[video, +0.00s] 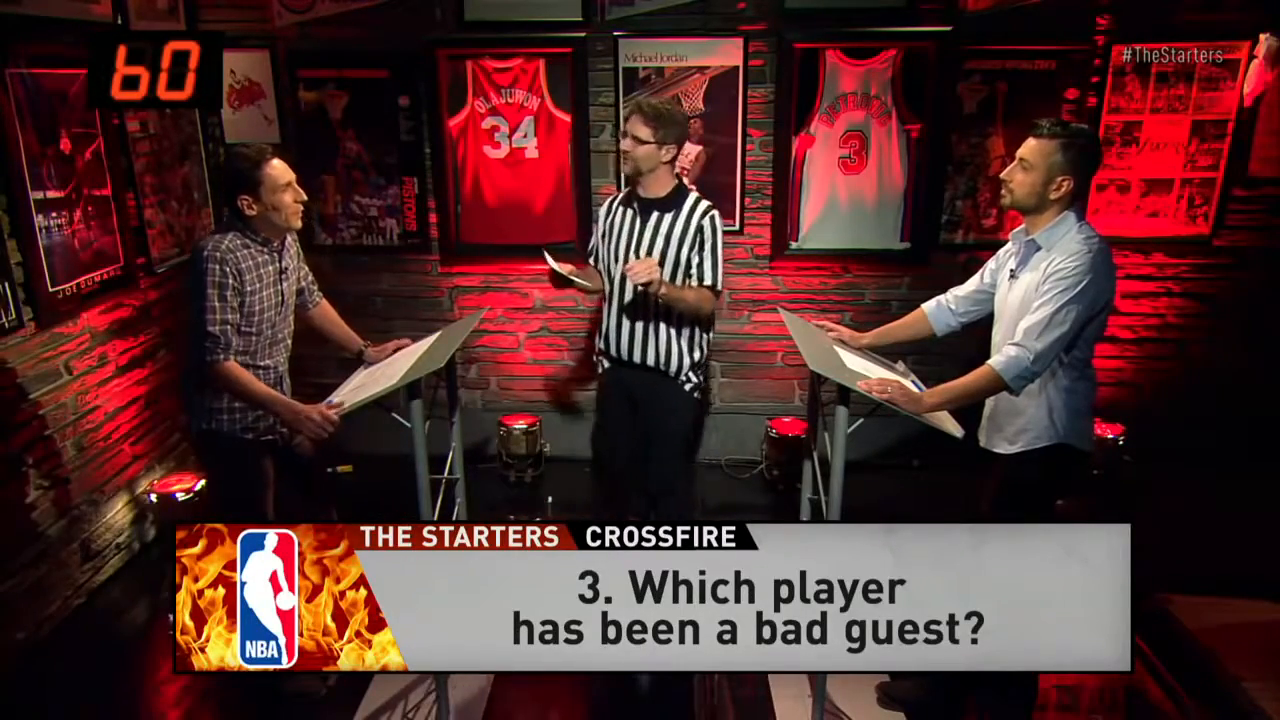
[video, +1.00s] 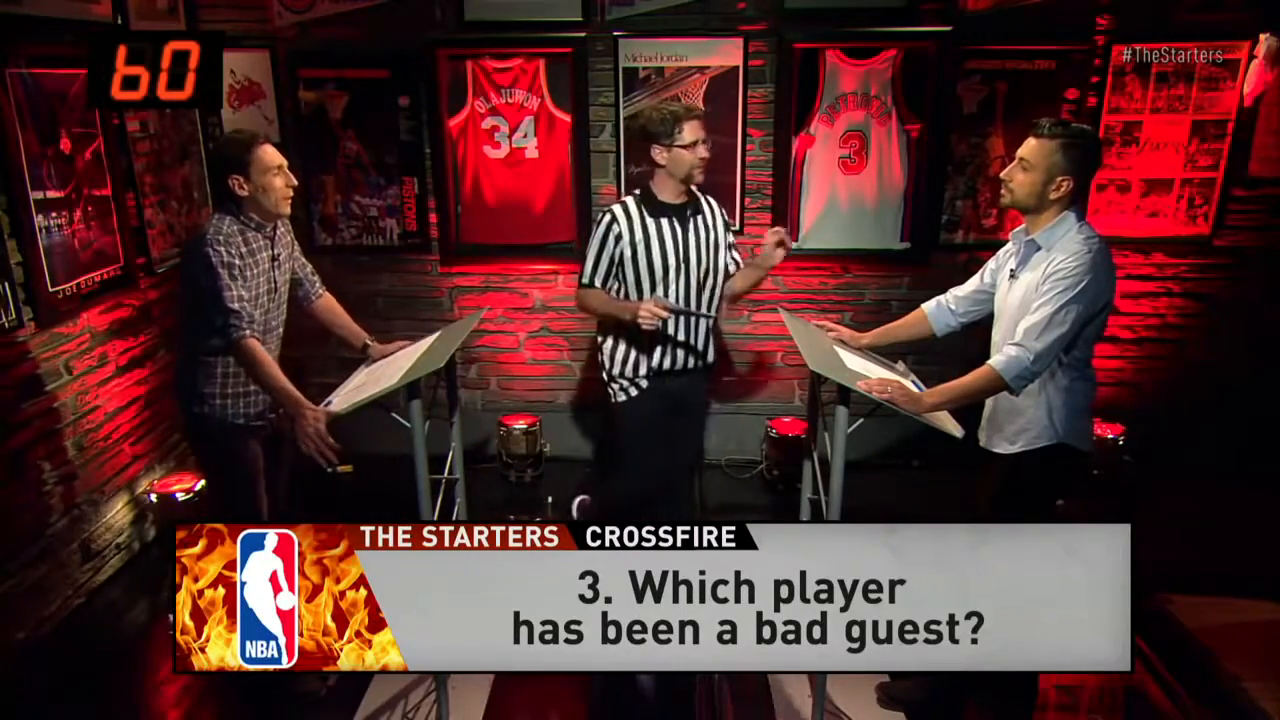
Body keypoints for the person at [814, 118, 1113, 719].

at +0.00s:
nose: (1007, 172)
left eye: (1023, 166)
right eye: (1013, 161)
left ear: (1059, 188)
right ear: (1048, 183)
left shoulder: (1082, 259)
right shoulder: (1024, 244)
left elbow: (1023, 360)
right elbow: (954, 306)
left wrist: (928, 398)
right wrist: (867, 339)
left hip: (1041, 445)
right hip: (1000, 433)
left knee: (1006, 578)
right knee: (974, 561)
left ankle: (995, 704)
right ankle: (940, 682)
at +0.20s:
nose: (1008, 171)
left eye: (1023, 166)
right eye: (1014, 161)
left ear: (1060, 188)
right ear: (1048, 183)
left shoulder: (1082, 259)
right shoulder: (1024, 244)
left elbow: (1022, 361)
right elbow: (954, 307)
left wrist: (927, 398)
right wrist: (868, 339)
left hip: (1041, 445)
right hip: (999, 432)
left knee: (1008, 577)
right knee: (974, 560)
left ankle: (999, 703)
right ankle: (940, 681)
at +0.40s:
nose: (1007, 172)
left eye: (1023, 166)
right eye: (1013, 161)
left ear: (1059, 188)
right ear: (1048, 183)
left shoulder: (1083, 259)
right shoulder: (1024, 243)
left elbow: (1022, 360)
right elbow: (954, 306)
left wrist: (927, 398)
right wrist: (867, 339)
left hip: (1040, 445)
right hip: (1000, 432)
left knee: (1007, 578)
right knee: (974, 561)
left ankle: (998, 704)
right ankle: (940, 681)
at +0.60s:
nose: (1007, 172)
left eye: (1023, 166)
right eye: (1013, 161)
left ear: (1059, 188)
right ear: (1048, 183)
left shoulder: (1082, 259)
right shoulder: (1024, 244)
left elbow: (1022, 361)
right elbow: (954, 307)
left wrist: (927, 398)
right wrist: (868, 339)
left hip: (1041, 445)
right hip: (1000, 432)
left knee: (1006, 578)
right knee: (974, 561)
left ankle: (995, 703)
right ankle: (940, 680)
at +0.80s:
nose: (1007, 172)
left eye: (1023, 167)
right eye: (1013, 161)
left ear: (1059, 188)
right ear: (1048, 183)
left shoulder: (1082, 259)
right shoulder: (1024, 244)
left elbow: (1022, 361)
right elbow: (954, 307)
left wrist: (927, 398)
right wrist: (867, 339)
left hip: (1040, 444)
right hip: (1000, 432)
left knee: (1006, 577)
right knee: (976, 561)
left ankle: (995, 703)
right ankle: (941, 680)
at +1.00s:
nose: (1007, 172)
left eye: (1023, 167)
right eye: (1013, 161)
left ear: (1059, 188)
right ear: (1048, 183)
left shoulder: (1082, 259)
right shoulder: (1024, 244)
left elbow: (1022, 361)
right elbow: (954, 307)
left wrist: (927, 398)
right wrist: (868, 339)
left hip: (1041, 444)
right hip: (1000, 432)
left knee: (1007, 577)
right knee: (977, 562)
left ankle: (997, 702)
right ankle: (942, 679)